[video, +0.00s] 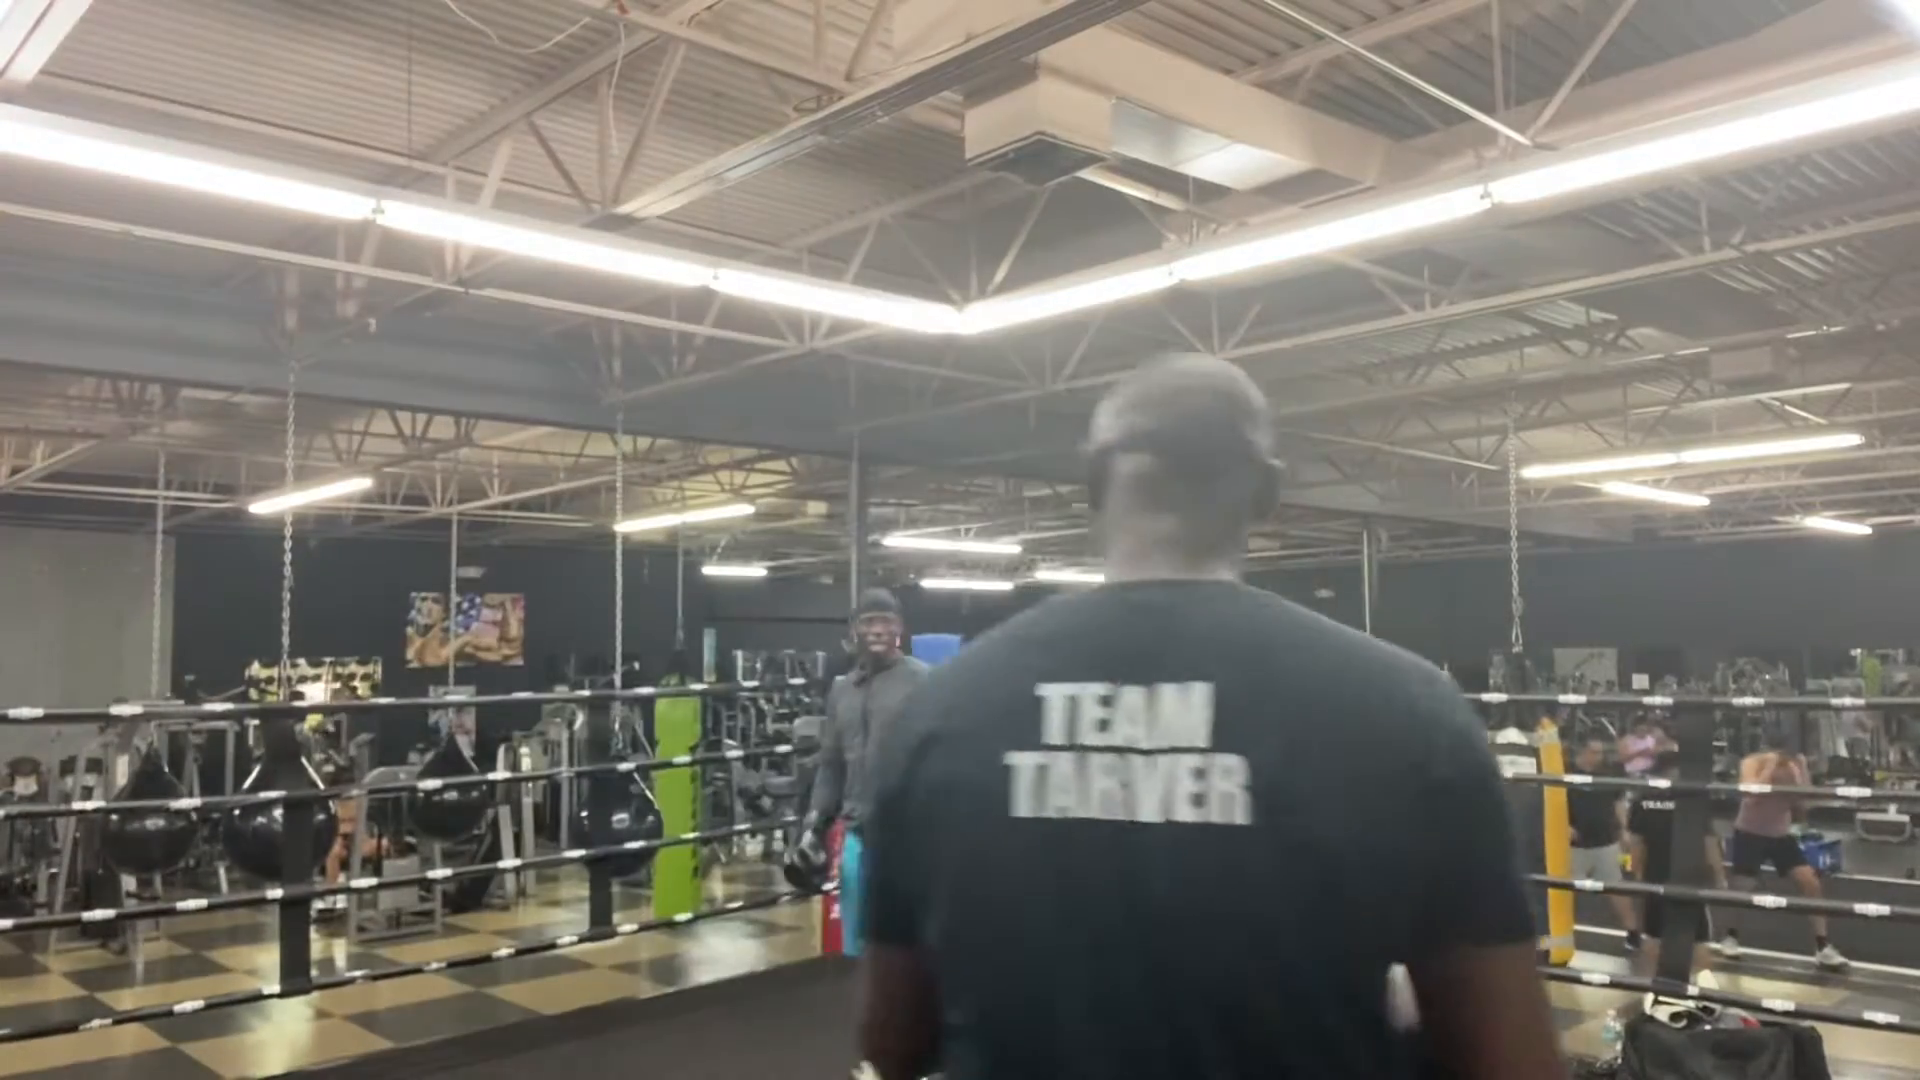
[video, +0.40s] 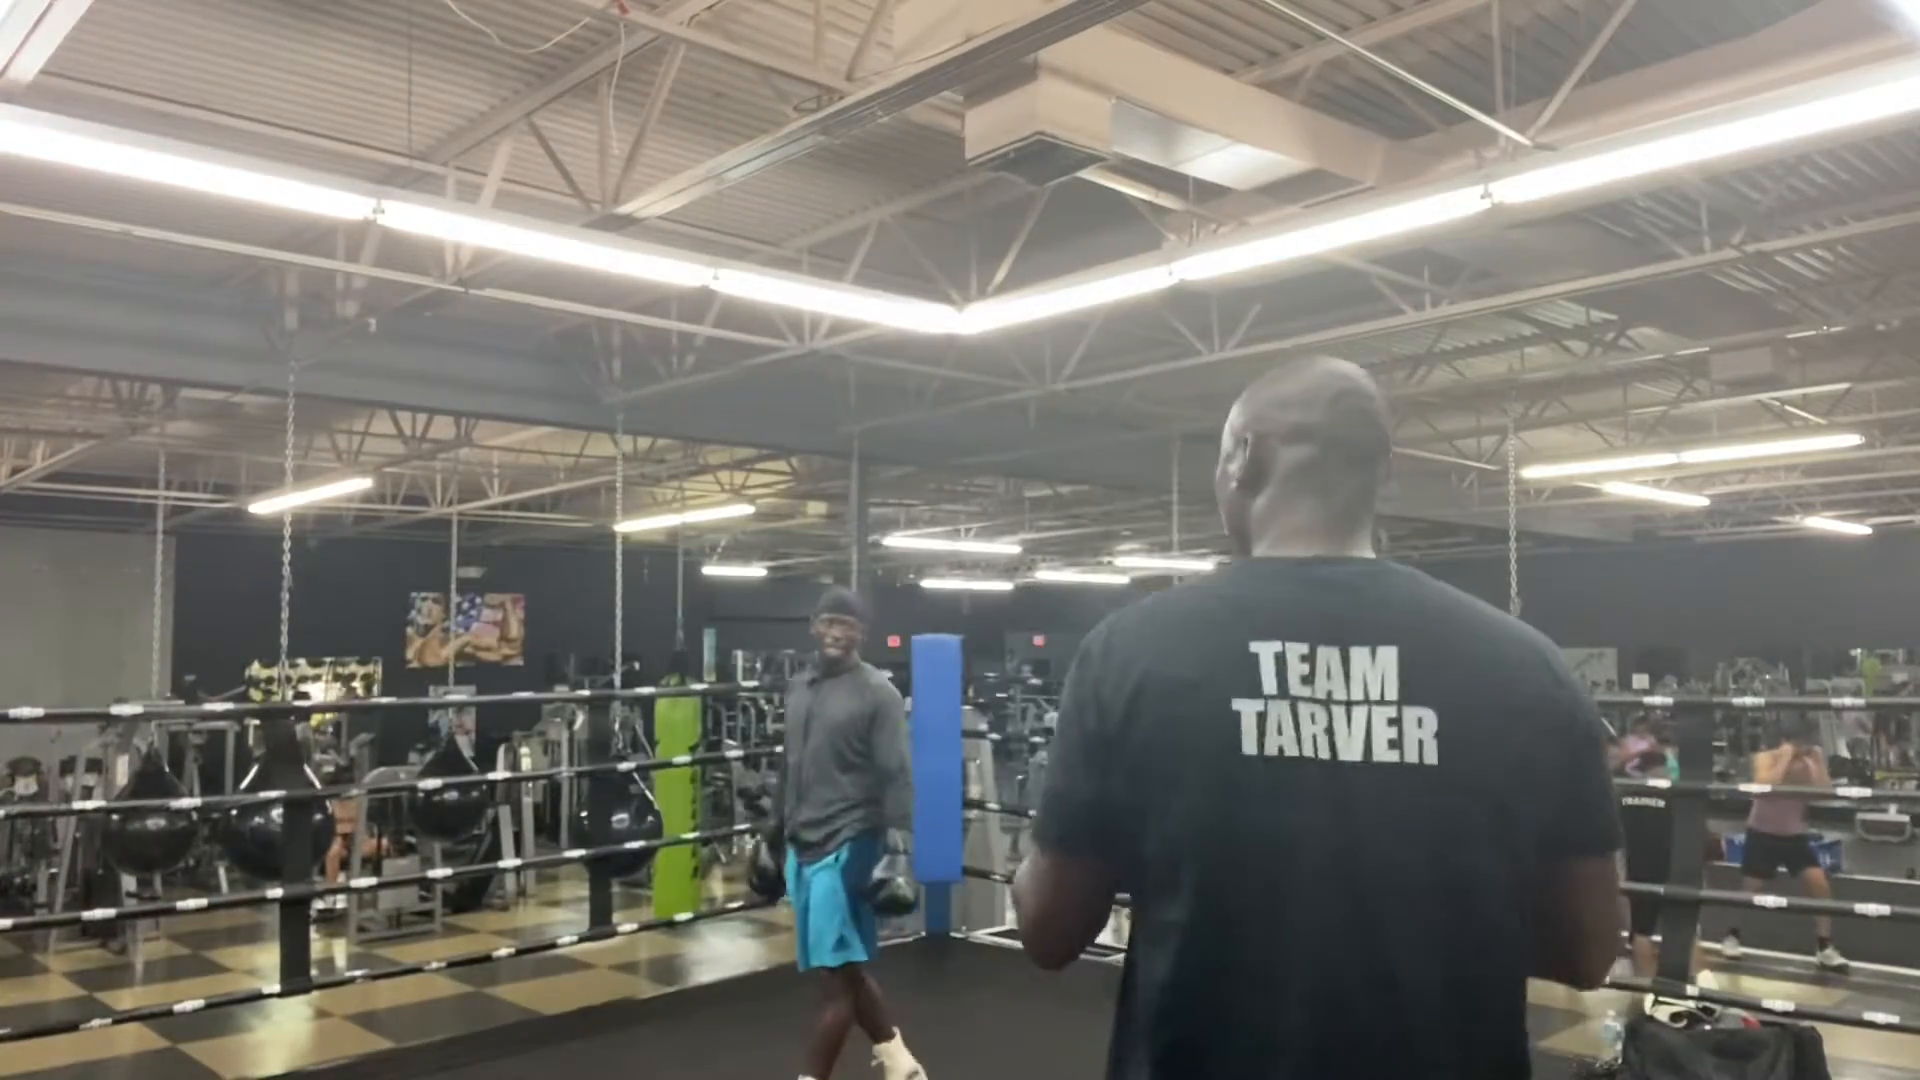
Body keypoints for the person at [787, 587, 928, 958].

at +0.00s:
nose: (877, 631)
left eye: (885, 622)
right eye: (868, 622)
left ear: (900, 630)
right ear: (855, 631)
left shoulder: (921, 680)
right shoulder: (842, 690)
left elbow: (938, 752)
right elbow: (832, 763)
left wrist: (932, 816)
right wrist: (814, 827)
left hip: (910, 827)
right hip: (858, 829)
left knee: (909, 940)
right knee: (857, 944)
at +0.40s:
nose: (835, 633)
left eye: (846, 625)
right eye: (828, 623)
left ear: (861, 633)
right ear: (813, 628)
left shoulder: (878, 692)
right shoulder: (800, 689)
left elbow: (896, 776)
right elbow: (790, 769)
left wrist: (898, 856)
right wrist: (775, 839)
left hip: (850, 843)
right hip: (803, 844)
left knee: (836, 971)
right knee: (840, 965)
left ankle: (812, 1074)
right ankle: (900, 1063)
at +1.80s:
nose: (586, 631)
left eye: (598, 623)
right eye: (576, 619)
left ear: (609, 635)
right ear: (554, 625)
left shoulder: (624, 705)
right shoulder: (528, 688)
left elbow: (639, 804)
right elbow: (505, 781)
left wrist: (646, 893)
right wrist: (476, 862)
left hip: (582, 874)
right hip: (524, 876)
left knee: (555, 1021)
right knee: (551, 1011)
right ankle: (605, 1069)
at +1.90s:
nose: (573, 641)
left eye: (585, 632)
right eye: (561, 629)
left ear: (596, 639)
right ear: (536, 630)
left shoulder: (605, 709)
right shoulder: (510, 689)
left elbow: (612, 807)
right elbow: (487, 780)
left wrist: (592, 902)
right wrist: (457, 857)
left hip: (550, 889)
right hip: (489, 886)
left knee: (544, 1043)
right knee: (483, 1035)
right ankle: (564, 1075)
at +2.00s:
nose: (559, 642)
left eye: (570, 633)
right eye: (547, 629)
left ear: (580, 640)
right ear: (521, 630)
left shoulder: (593, 711)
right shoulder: (497, 689)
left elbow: (588, 815)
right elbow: (473, 784)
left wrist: (549, 907)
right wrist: (438, 867)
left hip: (541, 897)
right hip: (473, 892)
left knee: (538, 1043)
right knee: (442, 1036)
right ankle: (514, 1075)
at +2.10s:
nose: (543, 639)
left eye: (554, 629)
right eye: (530, 626)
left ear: (564, 637)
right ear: (503, 628)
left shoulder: (578, 708)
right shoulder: (481, 686)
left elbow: (568, 814)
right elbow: (458, 788)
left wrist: (520, 901)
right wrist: (424, 867)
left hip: (535, 890)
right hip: (460, 886)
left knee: (528, 1046)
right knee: (420, 1039)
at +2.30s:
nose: (504, 642)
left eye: (517, 631)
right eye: (492, 628)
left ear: (528, 639)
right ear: (466, 632)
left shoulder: (547, 712)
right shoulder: (446, 692)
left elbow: (548, 823)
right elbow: (430, 794)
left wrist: (492, 907)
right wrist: (398, 881)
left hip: (510, 898)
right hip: (430, 896)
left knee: (517, 1055)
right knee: (402, 1058)